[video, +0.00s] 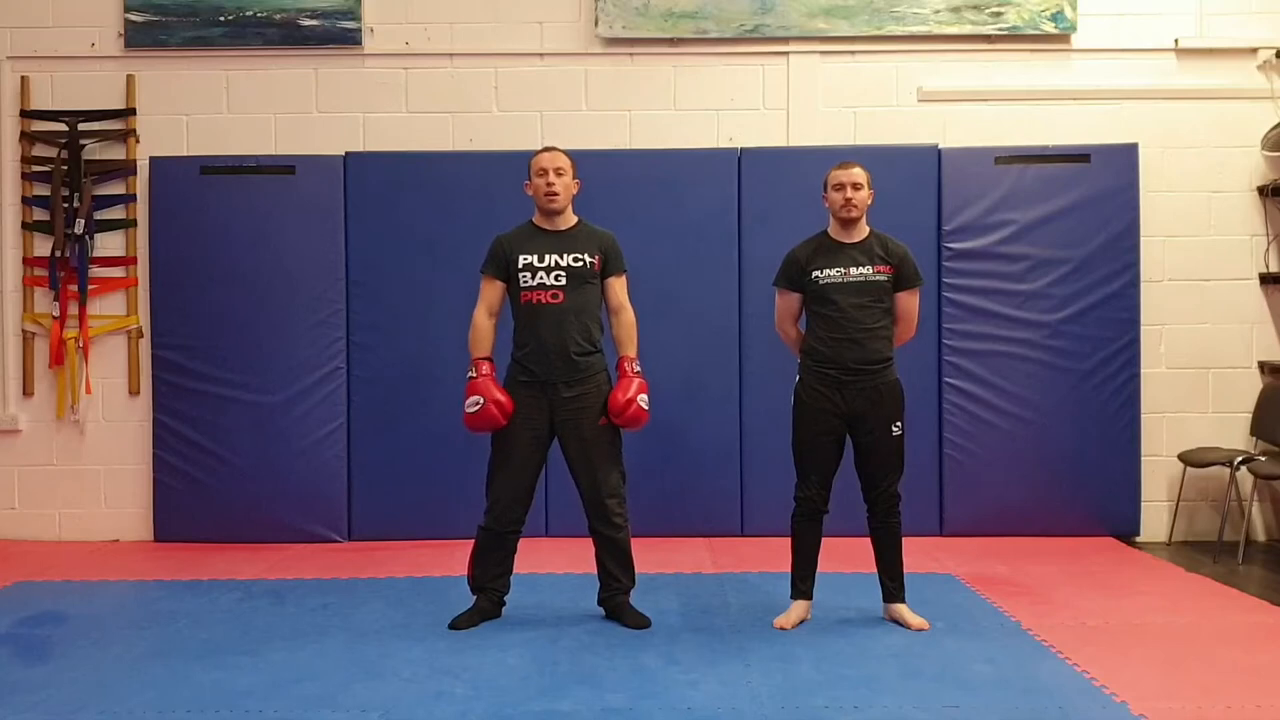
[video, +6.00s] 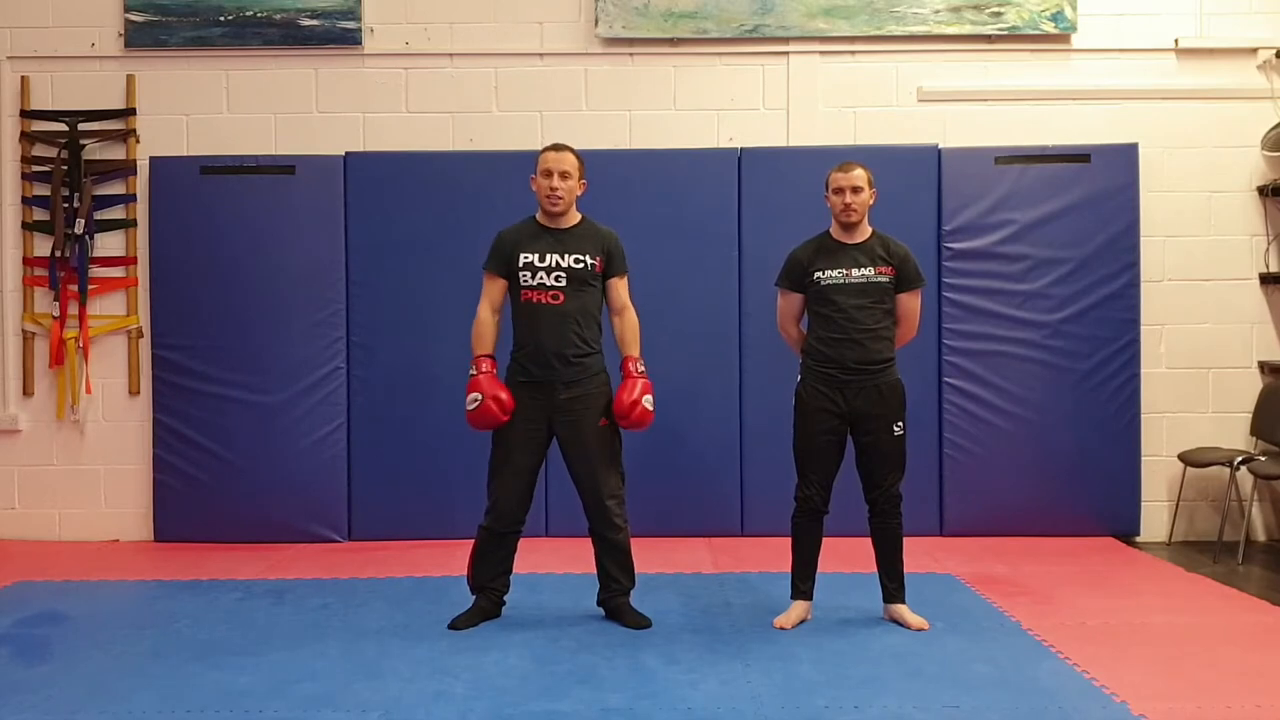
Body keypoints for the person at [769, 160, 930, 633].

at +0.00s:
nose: (848, 195)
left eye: (856, 187)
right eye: (839, 188)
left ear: (870, 196)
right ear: (826, 197)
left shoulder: (895, 255)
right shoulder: (802, 258)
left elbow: (906, 328)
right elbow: (785, 325)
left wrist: (863, 352)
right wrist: (820, 357)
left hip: (878, 393)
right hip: (818, 394)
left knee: (885, 500)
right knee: (809, 497)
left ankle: (894, 600)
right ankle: (801, 598)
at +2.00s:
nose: (849, 197)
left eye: (857, 189)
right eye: (839, 190)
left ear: (871, 196)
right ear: (827, 198)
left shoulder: (896, 256)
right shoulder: (803, 258)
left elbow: (907, 327)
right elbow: (787, 325)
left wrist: (865, 353)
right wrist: (822, 357)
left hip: (878, 392)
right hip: (819, 393)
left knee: (885, 499)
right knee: (810, 497)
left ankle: (894, 600)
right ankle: (801, 598)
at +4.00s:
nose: (847, 200)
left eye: (855, 191)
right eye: (838, 193)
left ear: (870, 197)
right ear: (826, 200)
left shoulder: (895, 257)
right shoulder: (803, 258)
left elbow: (906, 329)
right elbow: (786, 326)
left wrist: (864, 353)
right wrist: (821, 357)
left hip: (877, 391)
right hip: (818, 392)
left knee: (885, 498)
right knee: (809, 497)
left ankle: (894, 601)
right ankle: (801, 598)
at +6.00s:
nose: (847, 199)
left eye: (855, 190)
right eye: (838, 191)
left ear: (872, 196)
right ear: (827, 198)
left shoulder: (897, 256)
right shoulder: (805, 258)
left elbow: (908, 327)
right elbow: (787, 325)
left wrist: (866, 353)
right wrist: (822, 357)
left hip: (879, 392)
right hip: (820, 392)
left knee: (886, 499)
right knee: (810, 497)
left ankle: (894, 601)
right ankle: (801, 599)